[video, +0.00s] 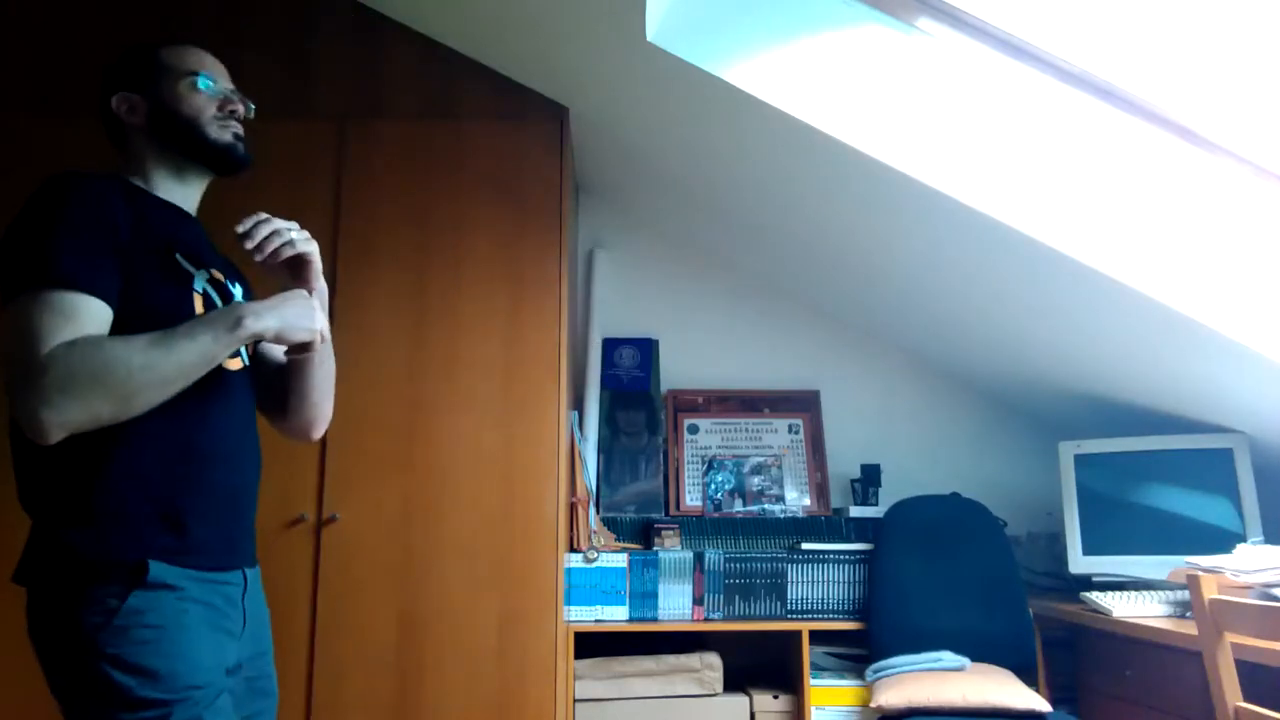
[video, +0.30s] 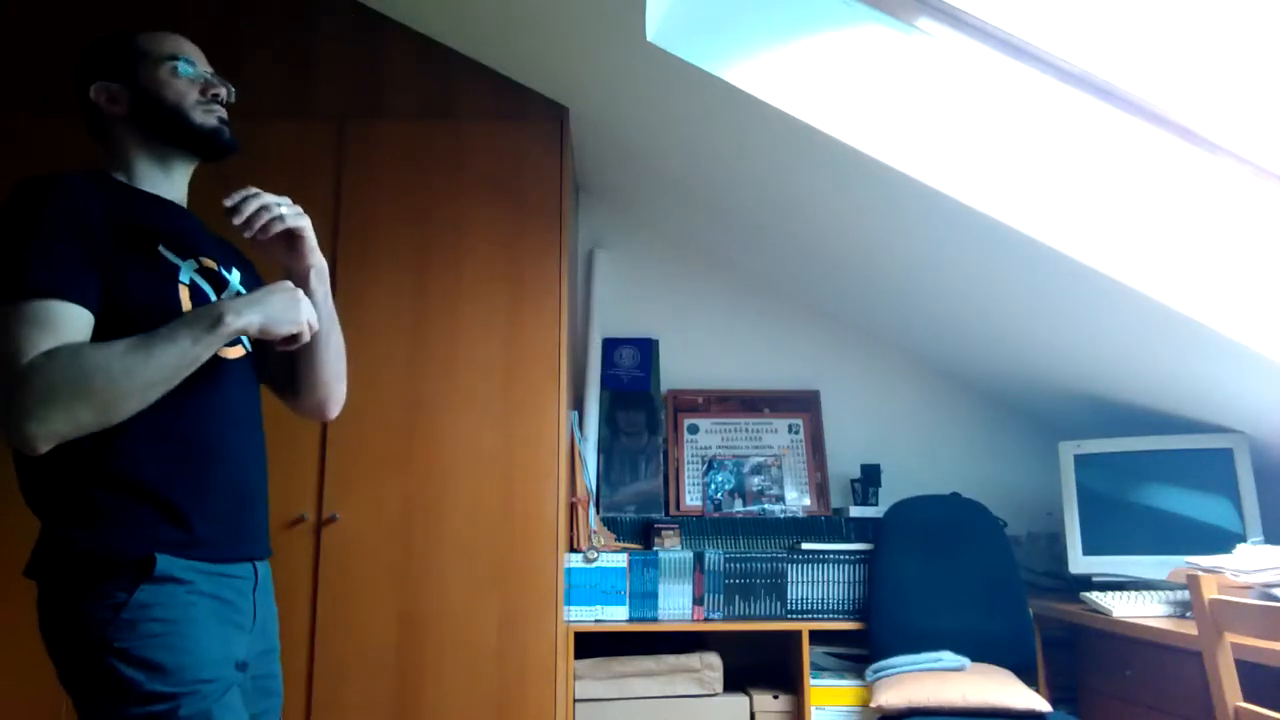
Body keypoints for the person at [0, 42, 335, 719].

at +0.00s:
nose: (238, 100)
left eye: (236, 91)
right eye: (205, 83)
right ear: (132, 109)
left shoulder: (212, 259)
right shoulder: (82, 208)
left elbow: (304, 417)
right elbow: (48, 398)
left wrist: (311, 293)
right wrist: (246, 320)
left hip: (236, 588)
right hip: (136, 593)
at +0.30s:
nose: (219, 84)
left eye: (215, 74)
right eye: (183, 66)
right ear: (113, 98)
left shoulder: (218, 250)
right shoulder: (67, 209)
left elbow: (321, 398)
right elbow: (35, 412)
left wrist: (310, 270)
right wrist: (230, 316)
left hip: (247, 583)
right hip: (145, 588)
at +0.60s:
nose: (228, 91)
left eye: (228, 79)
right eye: (195, 69)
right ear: (119, 87)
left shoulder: (222, 242)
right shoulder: (63, 206)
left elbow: (318, 403)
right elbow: (23, 410)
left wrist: (313, 278)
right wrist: (220, 319)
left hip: (245, 579)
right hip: (141, 584)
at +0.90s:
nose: (241, 90)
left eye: (245, 77)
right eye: (210, 70)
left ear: (250, 95)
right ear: (135, 86)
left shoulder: (254, 246)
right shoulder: (63, 209)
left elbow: (339, 417)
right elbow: (11, 399)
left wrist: (345, 308)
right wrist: (189, 327)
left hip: (250, 587)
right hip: (127, 589)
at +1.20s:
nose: (285, 97)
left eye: (284, 84)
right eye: (253, 73)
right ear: (172, 86)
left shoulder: (251, 250)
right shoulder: (97, 200)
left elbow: (332, 424)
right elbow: (44, 415)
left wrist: (350, 294)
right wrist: (243, 296)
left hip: (249, 606)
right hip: (145, 610)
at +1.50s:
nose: (330, 60)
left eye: (328, 42)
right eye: (302, 30)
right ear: (219, 27)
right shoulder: (194, 115)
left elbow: (303, 396)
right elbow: (335, 282)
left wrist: (355, 249)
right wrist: (500, 202)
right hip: (176, 575)